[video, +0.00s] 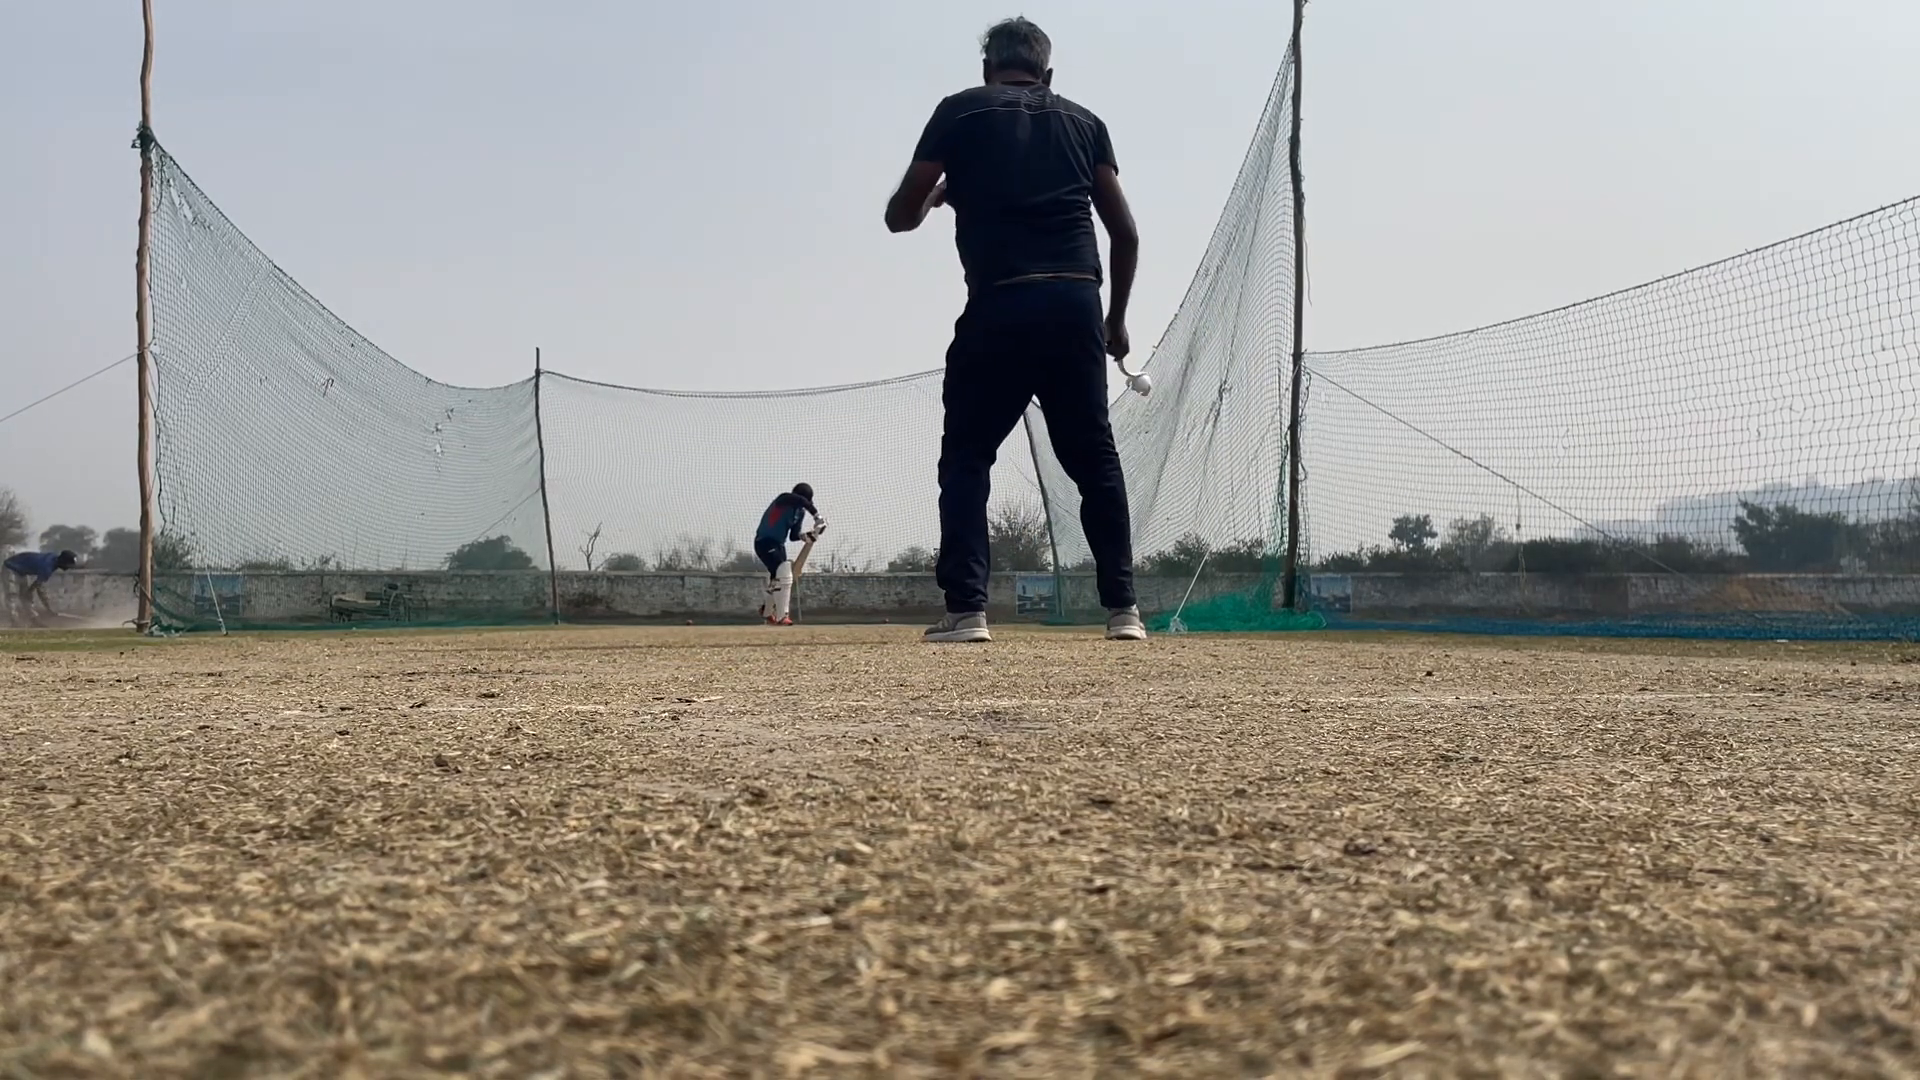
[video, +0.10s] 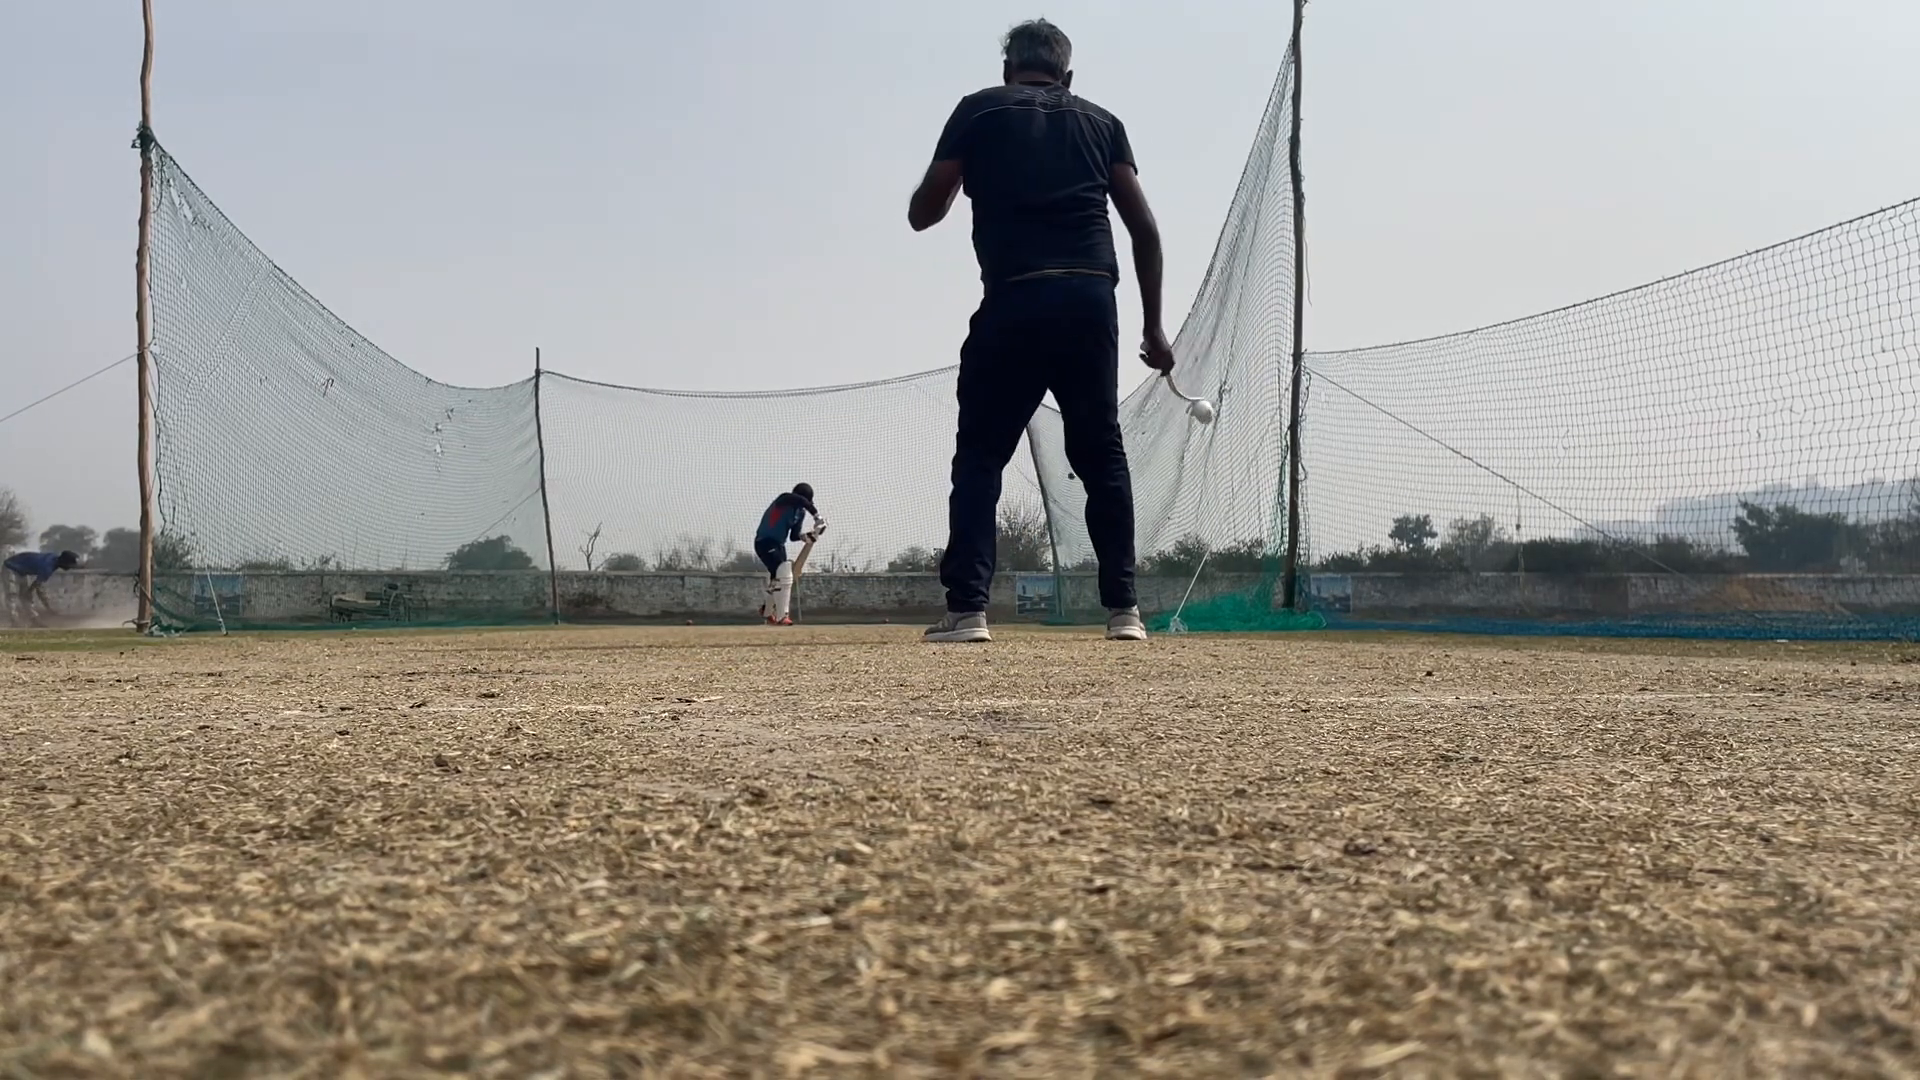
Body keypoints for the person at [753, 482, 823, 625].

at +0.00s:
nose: (807, 503)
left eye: (808, 501)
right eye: (806, 499)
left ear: (803, 501)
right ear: (802, 497)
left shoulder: (800, 512)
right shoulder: (784, 498)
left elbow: (793, 536)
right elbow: (803, 501)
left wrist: (805, 535)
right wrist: (817, 516)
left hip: (778, 544)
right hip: (765, 541)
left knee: (777, 578)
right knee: (784, 574)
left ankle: (768, 613)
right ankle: (781, 616)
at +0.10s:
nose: (808, 503)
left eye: (808, 501)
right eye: (806, 500)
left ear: (803, 501)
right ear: (802, 497)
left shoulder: (800, 512)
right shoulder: (784, 498)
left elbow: (793, 536)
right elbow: (803, 501)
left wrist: (804, 536)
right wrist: (817, 517)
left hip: (778, 544)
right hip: (765, 541)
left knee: (777, 578)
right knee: (784, 574)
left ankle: (769, 613)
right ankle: (781, 616)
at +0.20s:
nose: (808, 503)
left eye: (808, 500)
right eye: (806, 499)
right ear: (803, 497)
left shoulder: (800, 512)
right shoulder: (785, 498)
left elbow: (794, 536)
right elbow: (803, 501)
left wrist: (806, 536)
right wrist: (817, 517)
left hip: (778, 544)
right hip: (765, 541)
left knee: (777, 579)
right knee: (784, 575)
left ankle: (769, 612)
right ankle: (781, 616)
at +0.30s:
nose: (808, 502)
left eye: (809, 500)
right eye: (807, 499)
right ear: (801, 496)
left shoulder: (800, 513)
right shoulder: (784, 498)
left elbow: (794, 536)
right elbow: (805, 503)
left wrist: (805, 536)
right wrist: (818, 518)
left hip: (778, 544)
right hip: (765, 541)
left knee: (777, 578)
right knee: (785, 574)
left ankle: (770, 613)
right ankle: (782, 616)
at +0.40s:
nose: (808, 501)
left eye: (809, 499)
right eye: (806, 498)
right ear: (800, 496)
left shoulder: (800, 512)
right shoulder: (784, 498)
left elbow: (794, 537)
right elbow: (804, 502)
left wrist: (807, 536)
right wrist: (818, 517)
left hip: (779, 544)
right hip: (766, 541)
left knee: (777, 578)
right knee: (785, 574)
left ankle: (770, 614)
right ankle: (782, 616)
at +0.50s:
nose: (808, 501)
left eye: (809, 498)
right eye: (807, 498)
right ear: (800, 495)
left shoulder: (800, 512)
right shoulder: (784, 498)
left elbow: (794, 536)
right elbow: (805, 502)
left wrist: (806, 536)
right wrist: (818, 517)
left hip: (778, 544)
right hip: (766, 541)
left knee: (777, 578)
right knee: (785, 574)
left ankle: (770, 614)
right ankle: (782, 616)